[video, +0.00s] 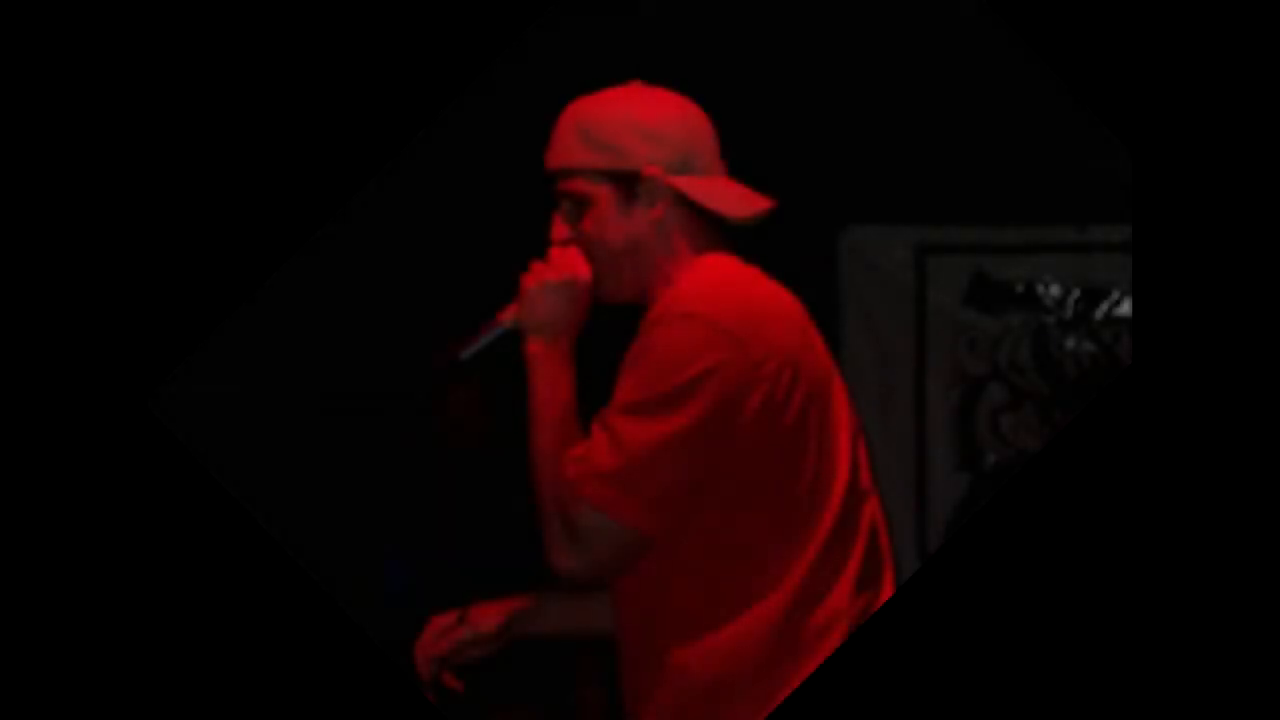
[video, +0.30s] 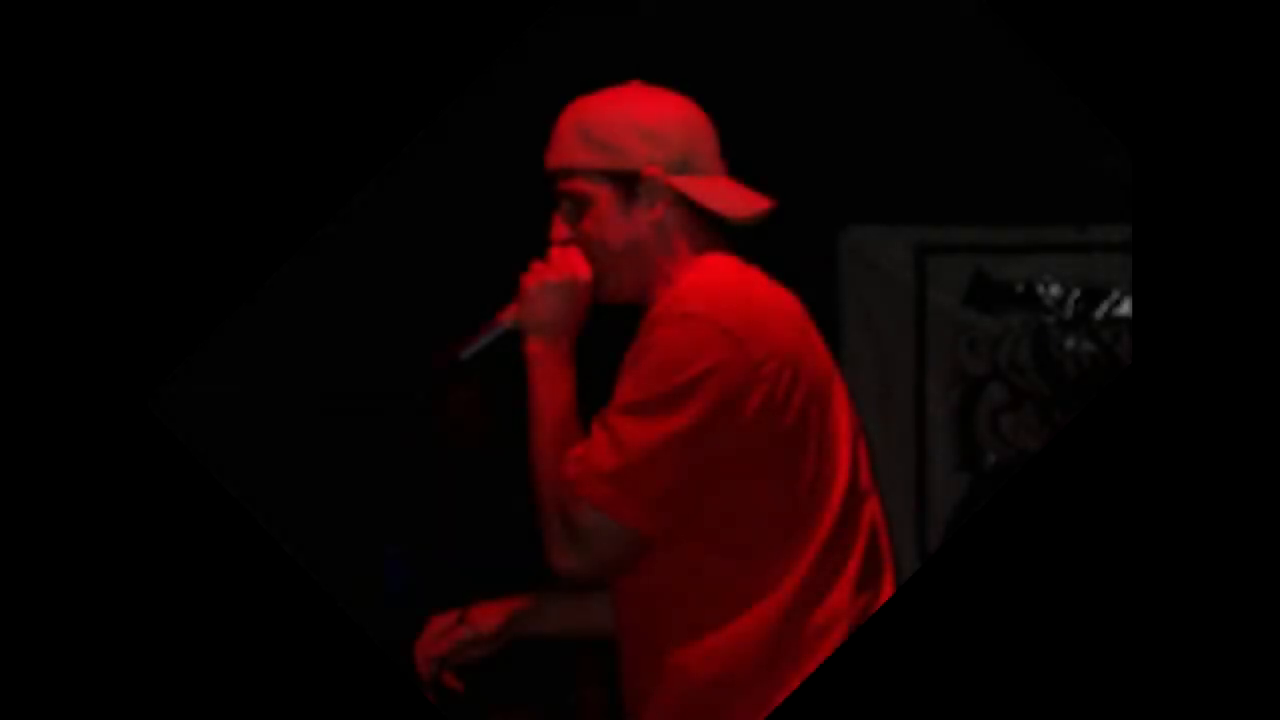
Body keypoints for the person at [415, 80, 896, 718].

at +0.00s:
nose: (559, 233)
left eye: (577, 206)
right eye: (559, 208)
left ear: (652, 202)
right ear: (650, 204)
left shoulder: (704, 319)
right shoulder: (745, 306)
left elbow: (578, 543)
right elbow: (700, 581)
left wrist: (547, 345)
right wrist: (519, 622)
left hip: (736, 698)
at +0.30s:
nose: (559, 234)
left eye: (577, 206)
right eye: (559, 208)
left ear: (654, 203)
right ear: (651, 205)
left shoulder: (705, 317)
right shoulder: (742, 306)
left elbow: (578, 543)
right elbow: (700, 579)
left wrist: (547, 345)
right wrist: (519, 622)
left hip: (736, 698)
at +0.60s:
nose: (559, 234)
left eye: (577, 206)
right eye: (559, 209)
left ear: (653, 200)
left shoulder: (706, 316)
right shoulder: (741, 306)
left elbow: (578, 544)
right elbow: (700, 579)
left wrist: (547, 346)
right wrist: (521, 621)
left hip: (737, 697)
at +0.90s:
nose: (559, 234)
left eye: (577, 206)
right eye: (559, 209)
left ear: (653, 201)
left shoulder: (704, 316)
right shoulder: (748, 305)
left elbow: (578, 543)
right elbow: (700, 576)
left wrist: (546, 345)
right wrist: (520, 621)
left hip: (732, 697)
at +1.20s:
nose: (559, 234)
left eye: (577, 206)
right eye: (559, 209)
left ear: (653, 200)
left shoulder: (705, 314)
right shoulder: (751, 305)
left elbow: (578, 542)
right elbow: (702, 577)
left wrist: (546, 347)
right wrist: (520, 621)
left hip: (731, 698)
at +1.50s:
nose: (559, 234)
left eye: (577, 206)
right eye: (559, 209)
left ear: (653, 200)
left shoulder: (705, 315)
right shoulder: (750, 305)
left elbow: (578, 542)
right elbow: (701, 576)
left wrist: (546, 348)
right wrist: (520, 621)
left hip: (731, 700)